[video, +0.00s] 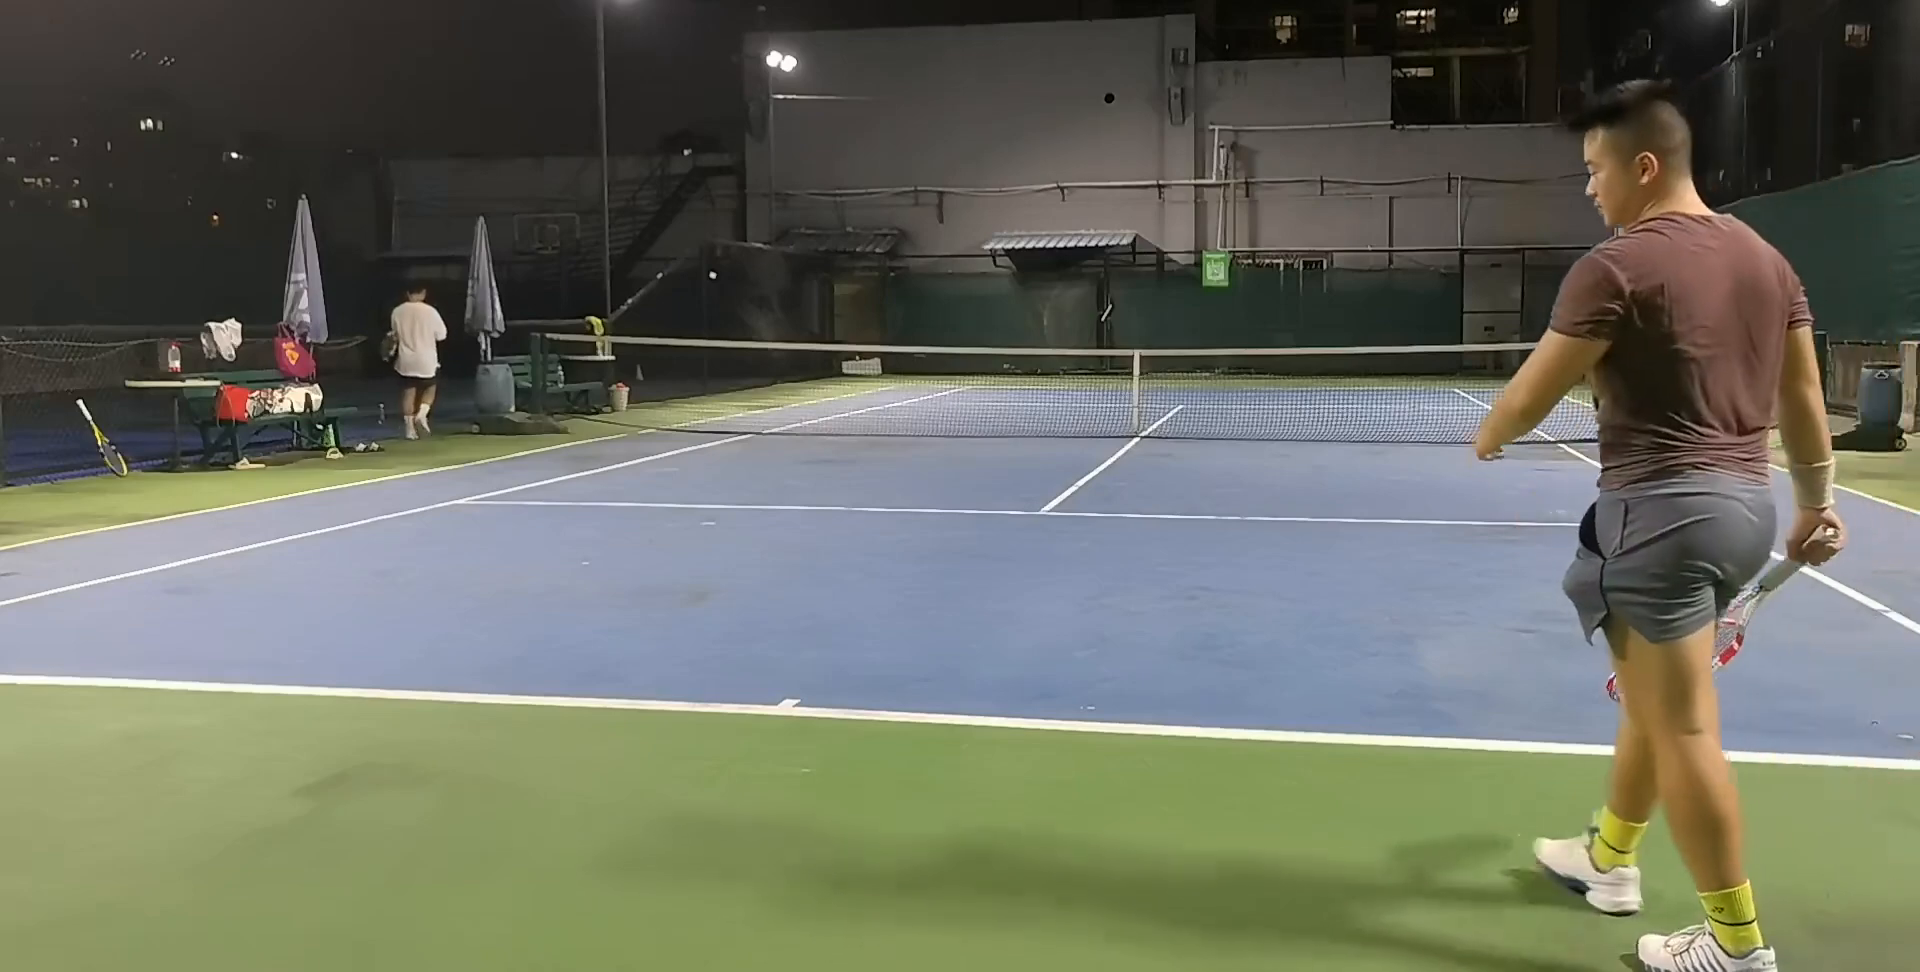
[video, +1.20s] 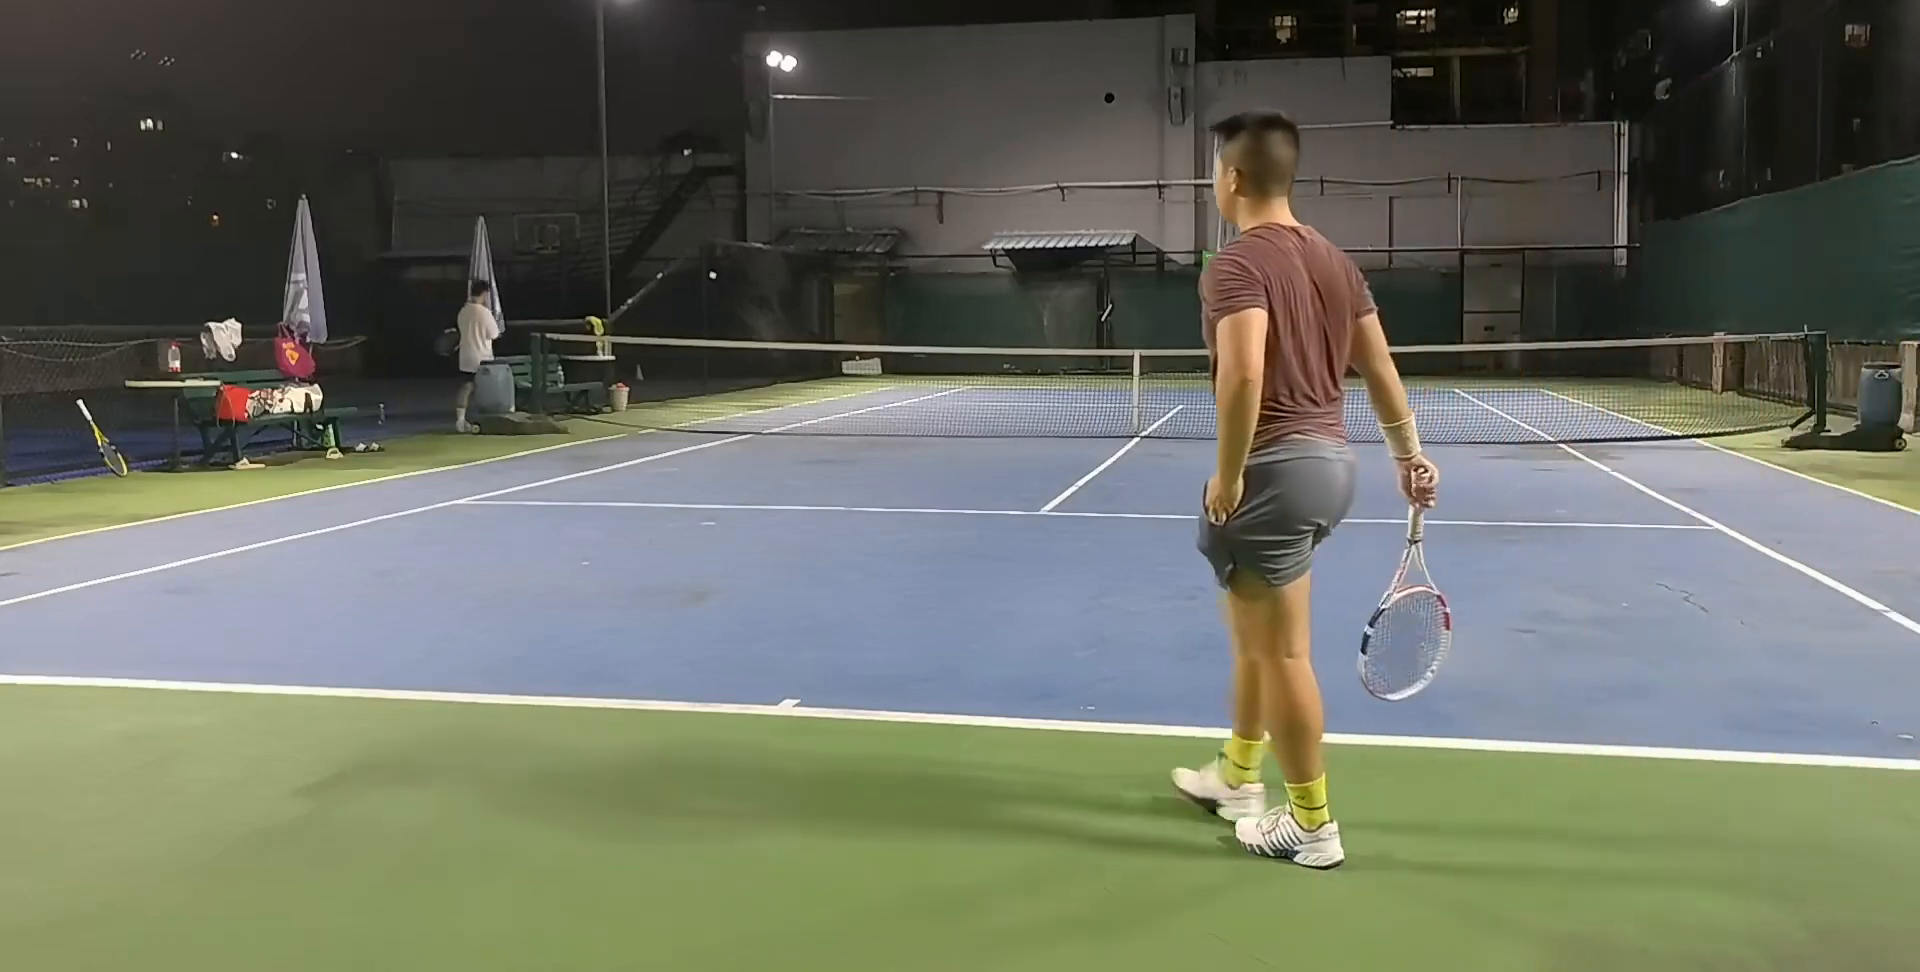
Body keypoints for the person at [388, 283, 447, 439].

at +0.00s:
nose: (422, 297)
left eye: (420, 294)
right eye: (423, 294)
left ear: (407, 294)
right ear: (424, 293)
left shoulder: (397, 311)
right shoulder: (430, 311)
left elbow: (395, 333)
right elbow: (441, 334)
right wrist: (426, 328)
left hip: (405, 362)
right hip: (427, 362)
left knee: (408, 391)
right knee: (430, 386)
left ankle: (410, 429)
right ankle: (422, 413)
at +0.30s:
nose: (438, 300)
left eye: (437, 297)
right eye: (437, 297)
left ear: (421, 297)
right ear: (434, 298)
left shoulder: (409, 313)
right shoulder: (439, 315)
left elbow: (406, 333)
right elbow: (448, 340)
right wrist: (433, 334)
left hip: (413, 362)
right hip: (434, 363)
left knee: (412, 394)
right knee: (436, 392)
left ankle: (410, 427)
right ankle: (435, 425)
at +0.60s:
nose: (453, 298)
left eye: (453, 295)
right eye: (453, 295)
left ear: (437, 294)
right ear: (451, 295)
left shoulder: (425, 311)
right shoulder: (454, 313)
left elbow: (423, 331)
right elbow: (463, 337)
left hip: (428, 360)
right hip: (447, 362)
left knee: (432, 387)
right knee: (444, 394)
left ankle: (426, 414)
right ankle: (437, 424)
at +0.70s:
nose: (458, 297)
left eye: (457, 295)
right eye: (458, 295)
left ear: (441, 295)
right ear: (455, 295)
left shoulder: (430, 311)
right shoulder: (457, 313)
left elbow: (429, 331)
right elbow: (467, 336)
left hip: (433, 358)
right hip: (450, 360)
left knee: (440, 389)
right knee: (445, 391)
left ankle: (440, 419)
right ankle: (438, 423)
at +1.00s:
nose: (472, 297)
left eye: (471, 294)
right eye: (470, 294)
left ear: (456, 296)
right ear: (467, 296)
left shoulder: (448, 313)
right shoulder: (471, 313)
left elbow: (447, 332)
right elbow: (482, 333)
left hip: (452, 357)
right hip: (469, 358)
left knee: (460, 388)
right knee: (469, 390)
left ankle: (460, 420)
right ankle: (452, 409)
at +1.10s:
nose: (479, 294)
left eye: (478, 291)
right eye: (478, 291)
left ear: (463, 292)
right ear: (475, 292)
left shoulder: (454, 311)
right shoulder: (478, 312)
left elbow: (453, 330)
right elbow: (487, 333)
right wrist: (489, 319)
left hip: (458, 357)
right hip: (475, 358)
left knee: (463, 385)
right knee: (476, 387)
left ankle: (460, 420)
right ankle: (468, 416)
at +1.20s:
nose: (487, 297)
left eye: (487, 294)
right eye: (487, 294)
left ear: (472, 293)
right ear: (484, 294)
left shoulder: (462, 311)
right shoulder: (484, 313)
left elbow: (462, 330)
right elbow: (494, 334)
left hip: (465, 360)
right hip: (483, 360)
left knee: (466, 388)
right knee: (486, 391)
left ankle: (460, 420)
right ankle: (487, 422)